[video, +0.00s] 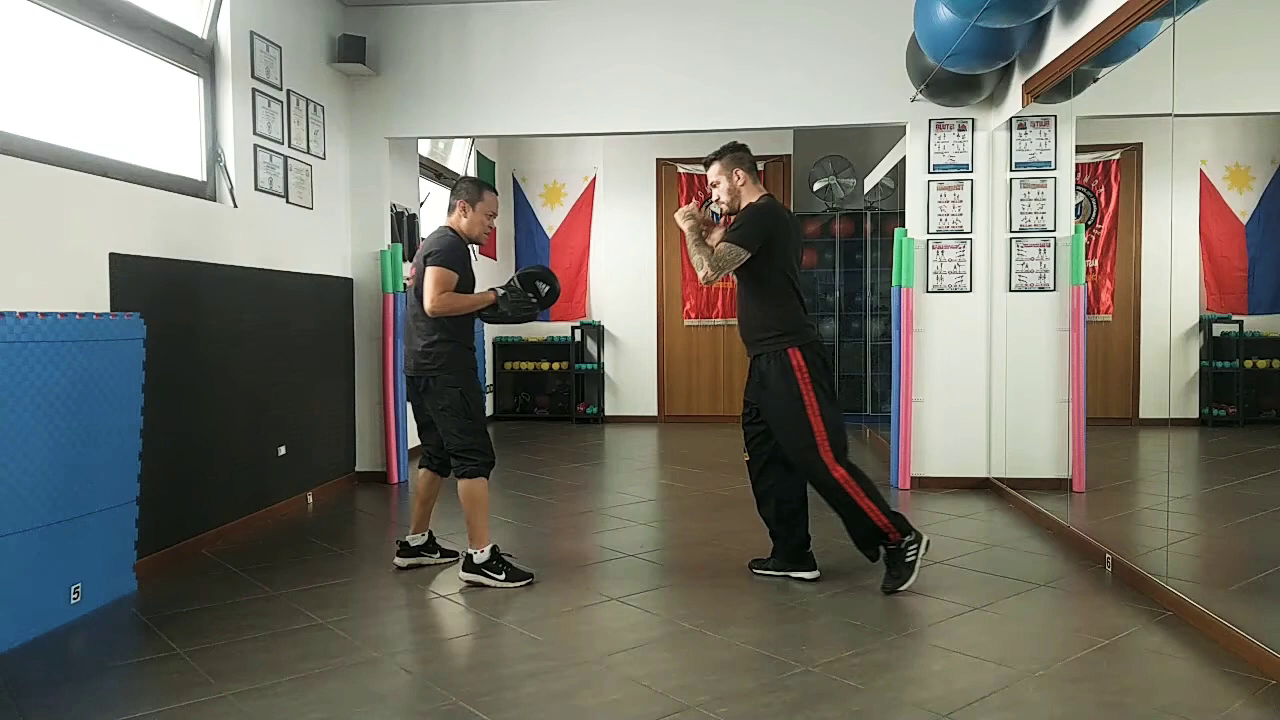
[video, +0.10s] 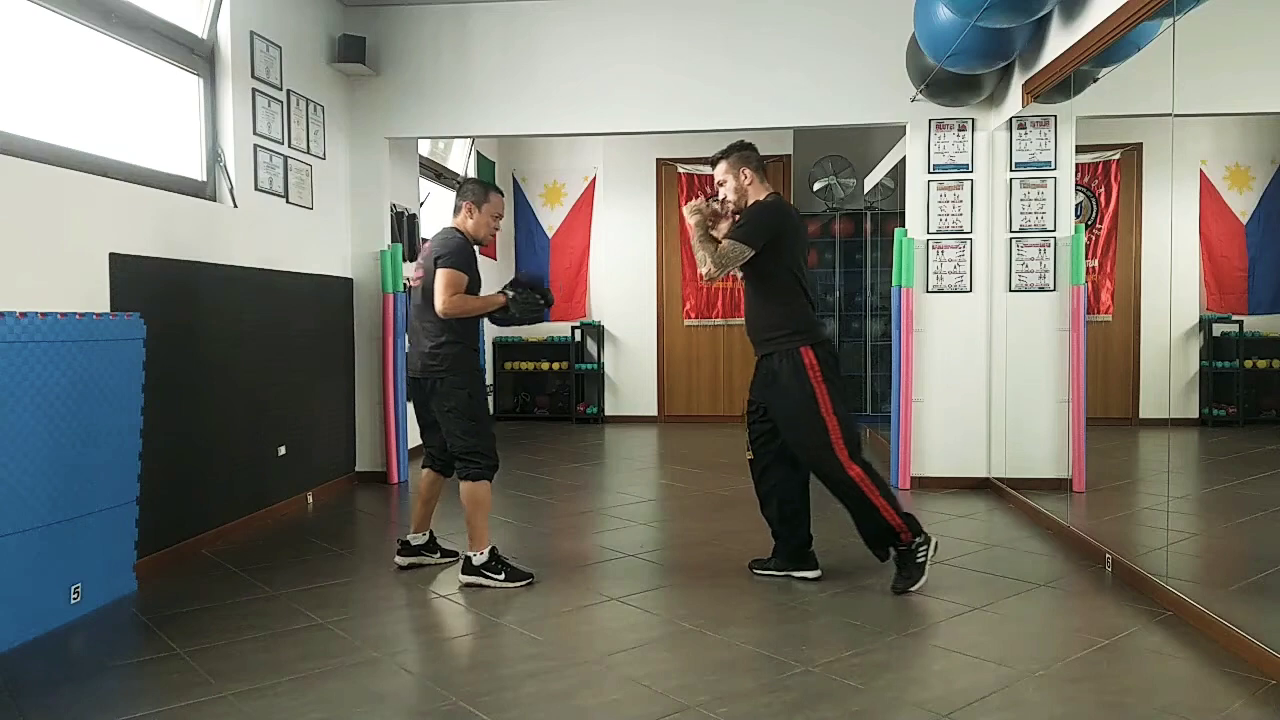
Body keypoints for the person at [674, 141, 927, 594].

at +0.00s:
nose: (713, 193)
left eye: (717, 184)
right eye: (711, 186)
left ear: (740, 177)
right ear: (743, 180)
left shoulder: (762, 213)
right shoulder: (756, 218)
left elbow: (709, 270)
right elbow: (730, 269)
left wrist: (690, 232)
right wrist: (710, 238)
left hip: (789, 353)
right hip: (768, 356)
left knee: (820, 456)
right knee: (768, 457)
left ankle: (899, 540)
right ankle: (793, 555)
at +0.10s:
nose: (720, 192)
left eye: (723, 183)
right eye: (718, 185)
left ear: (746, 176)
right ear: (750, 178)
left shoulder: (768, 212)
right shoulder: (760, 216)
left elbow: (712, 266)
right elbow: (735, 260)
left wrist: (693, 221)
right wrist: (716, 229)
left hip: (799, 354)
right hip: (774, 357)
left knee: (833, 456)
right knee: (772, 457)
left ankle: (908, 541)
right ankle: (794, 554)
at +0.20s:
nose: (740, 196)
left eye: (743, 187)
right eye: (737, 189)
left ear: (768, 180)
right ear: (771, 182)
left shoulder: (790, 212)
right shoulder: (781, 220)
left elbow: (729, 265)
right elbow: (761, 273)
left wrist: (707, 226)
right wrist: (735, 234)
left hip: (826, 359)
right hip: (791, 363)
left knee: (865, 462)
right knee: (779, 462)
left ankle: (924, 552)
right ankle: (797, 553)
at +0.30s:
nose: (760, 201)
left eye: (763, 190)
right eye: (757, 193)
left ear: (788, 184)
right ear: (789, 187)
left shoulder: (819, 222)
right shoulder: (799, 228)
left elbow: (769, 280)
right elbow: (778, 283)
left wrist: (724, 254)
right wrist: (759, 239)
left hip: (849, 368)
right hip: (808, 369)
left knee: (880, 470)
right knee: (777, 460)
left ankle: (926, 560)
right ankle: (796, 552)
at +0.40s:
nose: (774, 205)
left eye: (775, 194)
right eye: (770, 196)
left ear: (802, 188)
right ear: (800, 191)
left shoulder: (843, 228)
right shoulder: (810, 236)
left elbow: (807, 294)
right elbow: (800, 295)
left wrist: (772, 250)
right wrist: (771, 248)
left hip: (862, 370)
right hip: (818, 373)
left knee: (884, 472)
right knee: (774, 449)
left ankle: (929, 562)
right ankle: (793, 547)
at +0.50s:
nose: (780, 206)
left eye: (783, 197)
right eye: (777, 200)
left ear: (808, 190)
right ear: (807, 194)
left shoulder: (850, 225)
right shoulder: (818, 236)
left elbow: (799, 284)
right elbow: (797, 287)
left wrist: (783, 236)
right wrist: (781, 243)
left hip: (867, 372)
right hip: (820, 374)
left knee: (884, 473)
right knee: (770, 450)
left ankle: (928, 563)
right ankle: (786, 544)